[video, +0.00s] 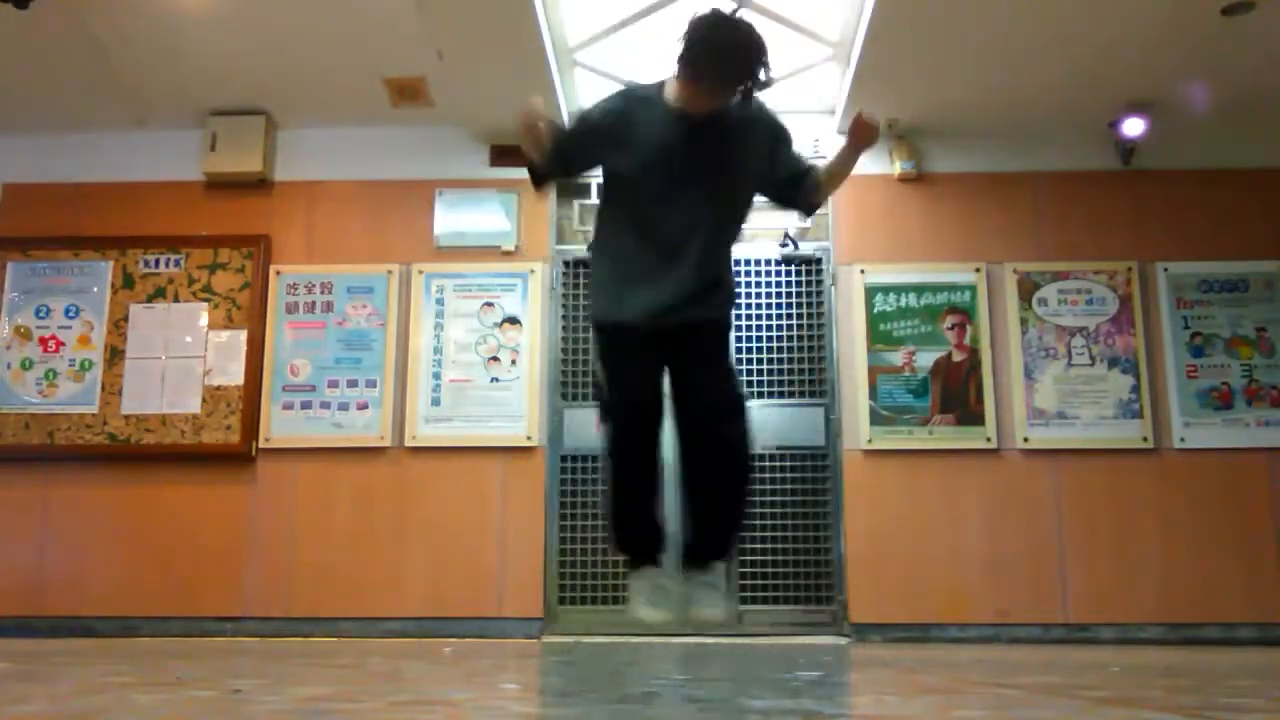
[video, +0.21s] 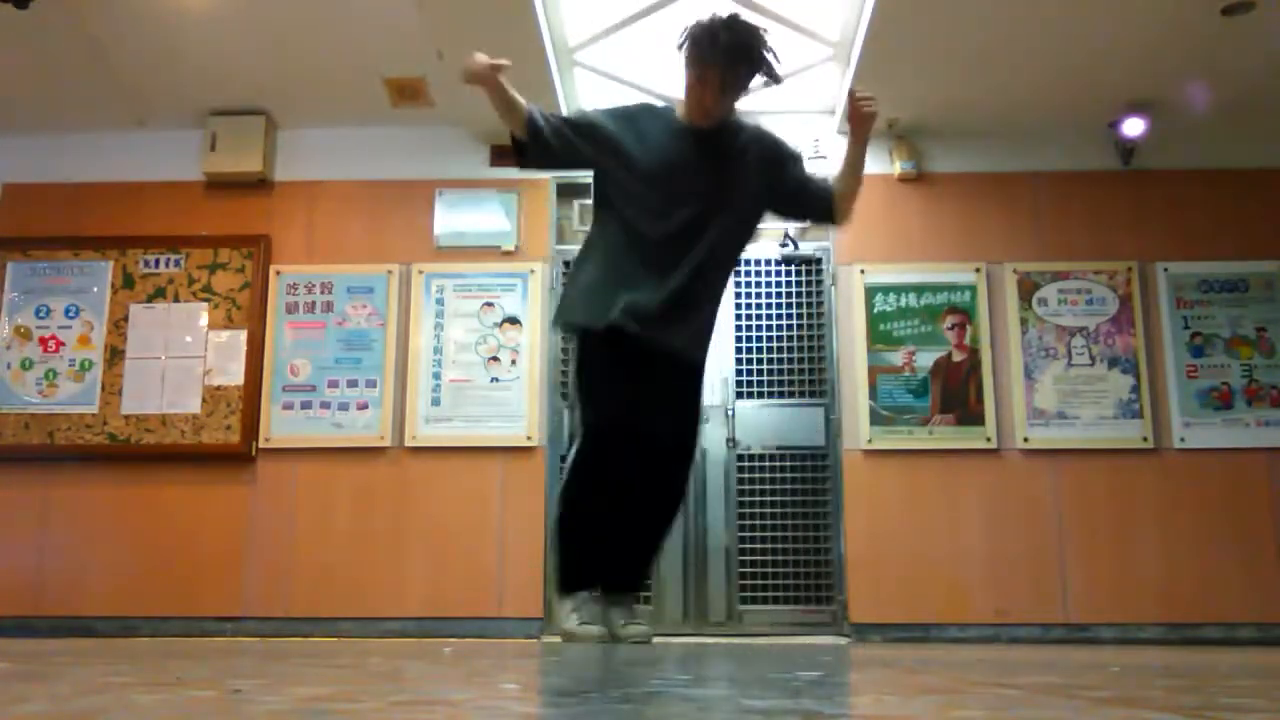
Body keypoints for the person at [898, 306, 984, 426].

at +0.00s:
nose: (957, 331)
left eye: (961, 326)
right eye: (951, 327)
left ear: (969, 328)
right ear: (944, 331)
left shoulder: (980, 360)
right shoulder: (940, 364)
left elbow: (985, 408)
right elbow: (918, 392)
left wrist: (955, 418)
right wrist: (909, 370)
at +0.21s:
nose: (957, 331)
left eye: (962, 326)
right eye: (951, 327)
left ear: (969, 328)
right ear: (944, 331)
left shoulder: (980, 360)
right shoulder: (940, 364)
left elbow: (986, 408)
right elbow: (918, 392)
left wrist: (955, 418)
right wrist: (909, 370)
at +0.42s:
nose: (957, 331)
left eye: (962, 326)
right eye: (951, 327)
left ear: (969, 328)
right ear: (944, 331)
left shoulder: (980, 360)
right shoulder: (940, 364)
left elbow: (986, 408)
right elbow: (918, 392)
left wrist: (955, 418)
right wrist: (909, 370)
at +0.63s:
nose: (957, 331)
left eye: (962, 326)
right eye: (951, 327)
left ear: (969, 328)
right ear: (944, 331)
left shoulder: (980, 360)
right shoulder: (940, 364)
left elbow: (986, 408)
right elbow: (918, 392)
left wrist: (955, 418)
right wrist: (909, 370)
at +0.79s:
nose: (957, 331)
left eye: (962, 326)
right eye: (951, 327)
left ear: (969, 328)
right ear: (944, 331)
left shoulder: (980, 360)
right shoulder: (940, 364)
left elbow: (986, 408)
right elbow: (918, 392)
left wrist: (955, 418)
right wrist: (909, 370)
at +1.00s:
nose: (957, 331)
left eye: (961, 326)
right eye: (951, 327)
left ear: (969, 328)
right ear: (944, 331)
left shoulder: (980, 360)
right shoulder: (940, 364)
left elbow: (984, 409)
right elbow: (918, 392)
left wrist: (955, 418)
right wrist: (909, 370)